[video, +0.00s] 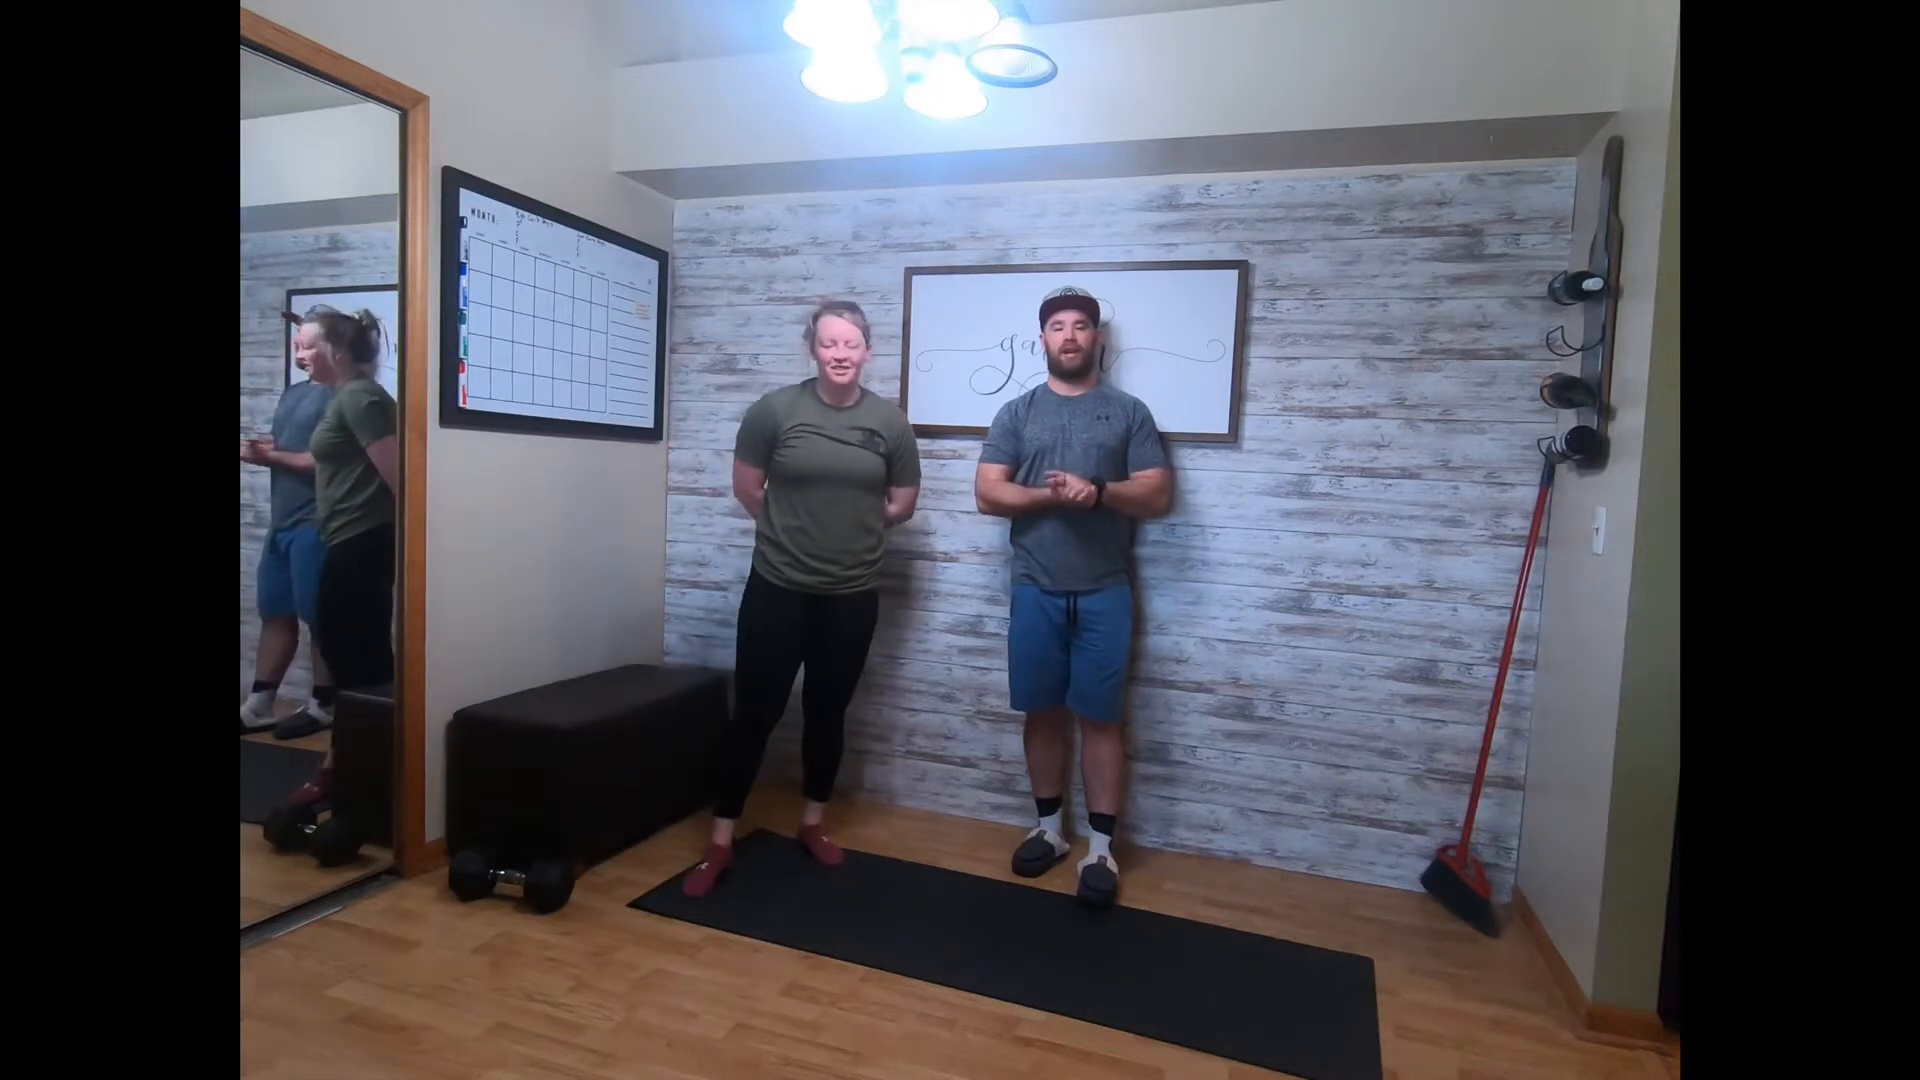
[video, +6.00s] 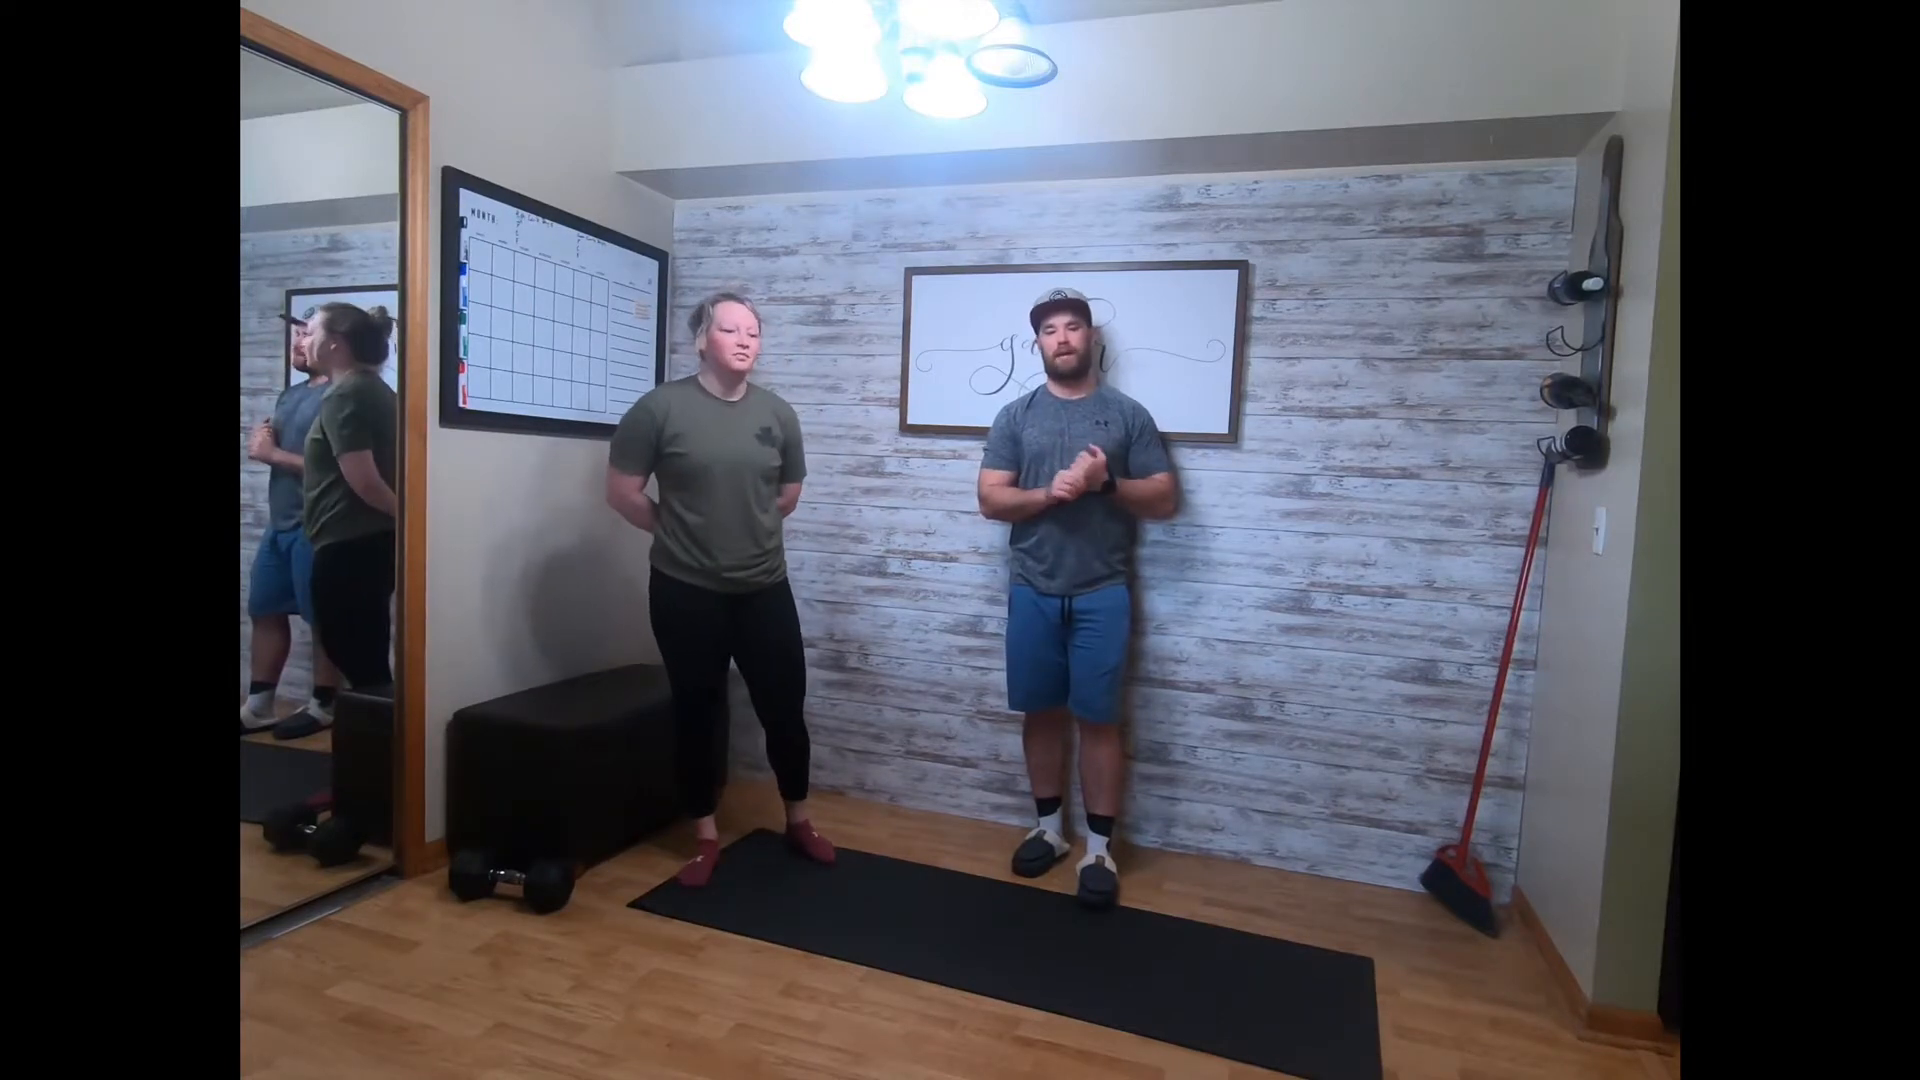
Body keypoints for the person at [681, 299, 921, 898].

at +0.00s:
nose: (840, 353)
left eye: (851, 343)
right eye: (830, 343)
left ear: (867, 351)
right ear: (812, 351)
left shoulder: (890, 422)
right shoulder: (773, 411)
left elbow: (903, 502)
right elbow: (747, 487)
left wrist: (844, 524)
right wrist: (794, 527)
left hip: (850, 595)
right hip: (777, 588)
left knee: (826, 713)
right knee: (753, 713)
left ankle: (813, 825)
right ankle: (721, 841)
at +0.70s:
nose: (767, 340)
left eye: (778, 332)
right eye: (757, 332)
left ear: (797, 344)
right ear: (740, 344)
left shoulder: (825, 415)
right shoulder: (704, 405)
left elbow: (840, 482)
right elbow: (667, 472)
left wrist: (794, 514)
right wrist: (714, 518)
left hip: (795, 594)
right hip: (717, 589)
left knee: (796, 716)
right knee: (713, 717)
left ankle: (808, 823)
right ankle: (708, 836)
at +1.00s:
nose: (743, 338)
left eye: (754, 330)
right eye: (732, 329)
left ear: (773, 343)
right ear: (715, 340)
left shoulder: (798, 404)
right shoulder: (681, 393)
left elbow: (844, 469)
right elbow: (615, 453)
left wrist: (836, 467)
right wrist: (659, 451)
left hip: (775, 590)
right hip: (696, 587)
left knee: (792, 715)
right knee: (703, 716)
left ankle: (808, 823)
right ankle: (706, 836)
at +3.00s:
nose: (751, 392)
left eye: (761, 381)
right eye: (741, 380)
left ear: (775, 367)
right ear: (717, 359)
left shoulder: (788, 410)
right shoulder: (667, 401)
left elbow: (816, 470)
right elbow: (613, 456)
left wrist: (805, 531)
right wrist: (624, 528)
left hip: (764, 587)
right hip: (686, 586)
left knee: (779, 709)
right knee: (696, 713)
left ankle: (797, 824)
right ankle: (707, 838)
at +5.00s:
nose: (733, 343)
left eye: (744, 334)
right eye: (722, 332)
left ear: (757, 345)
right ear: (702, 341)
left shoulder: (785, 417)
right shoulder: (661, 411)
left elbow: (805, 506)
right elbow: (628, 493)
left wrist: (746, 529)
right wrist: (684, 528)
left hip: (763, 593)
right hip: (682, 592)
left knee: (781, 716)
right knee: (696, 719)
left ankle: (799, 825)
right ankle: (707, 838)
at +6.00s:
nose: (744, 340)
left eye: (752, 333)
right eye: (731, 330)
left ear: (760, 346)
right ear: (702, 340)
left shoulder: (777, 414)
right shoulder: (661, 408)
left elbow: (787, 496)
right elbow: (622, 494)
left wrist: (738, 526)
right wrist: (679, 529)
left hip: (763, 588)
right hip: (685, 588)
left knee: (786, 709)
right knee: (698, 713)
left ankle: (800, 823)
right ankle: (707, 839)